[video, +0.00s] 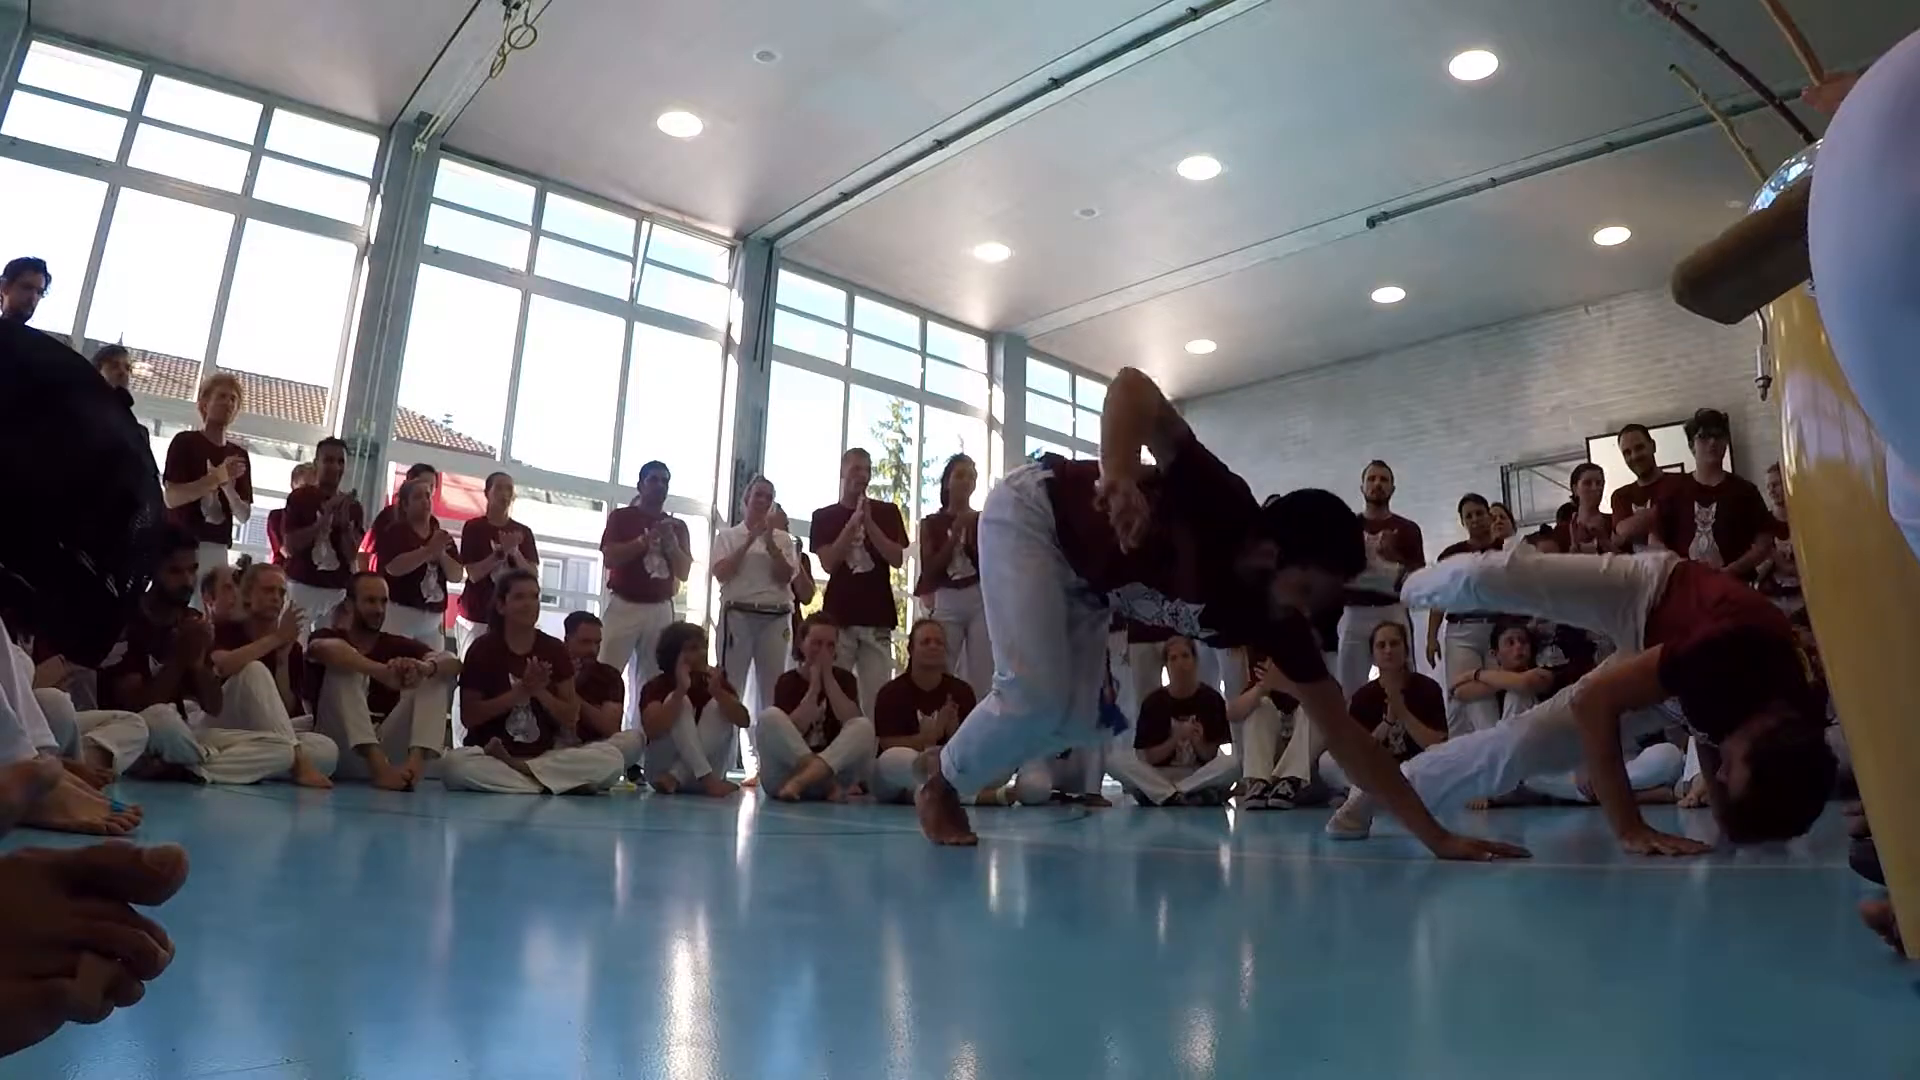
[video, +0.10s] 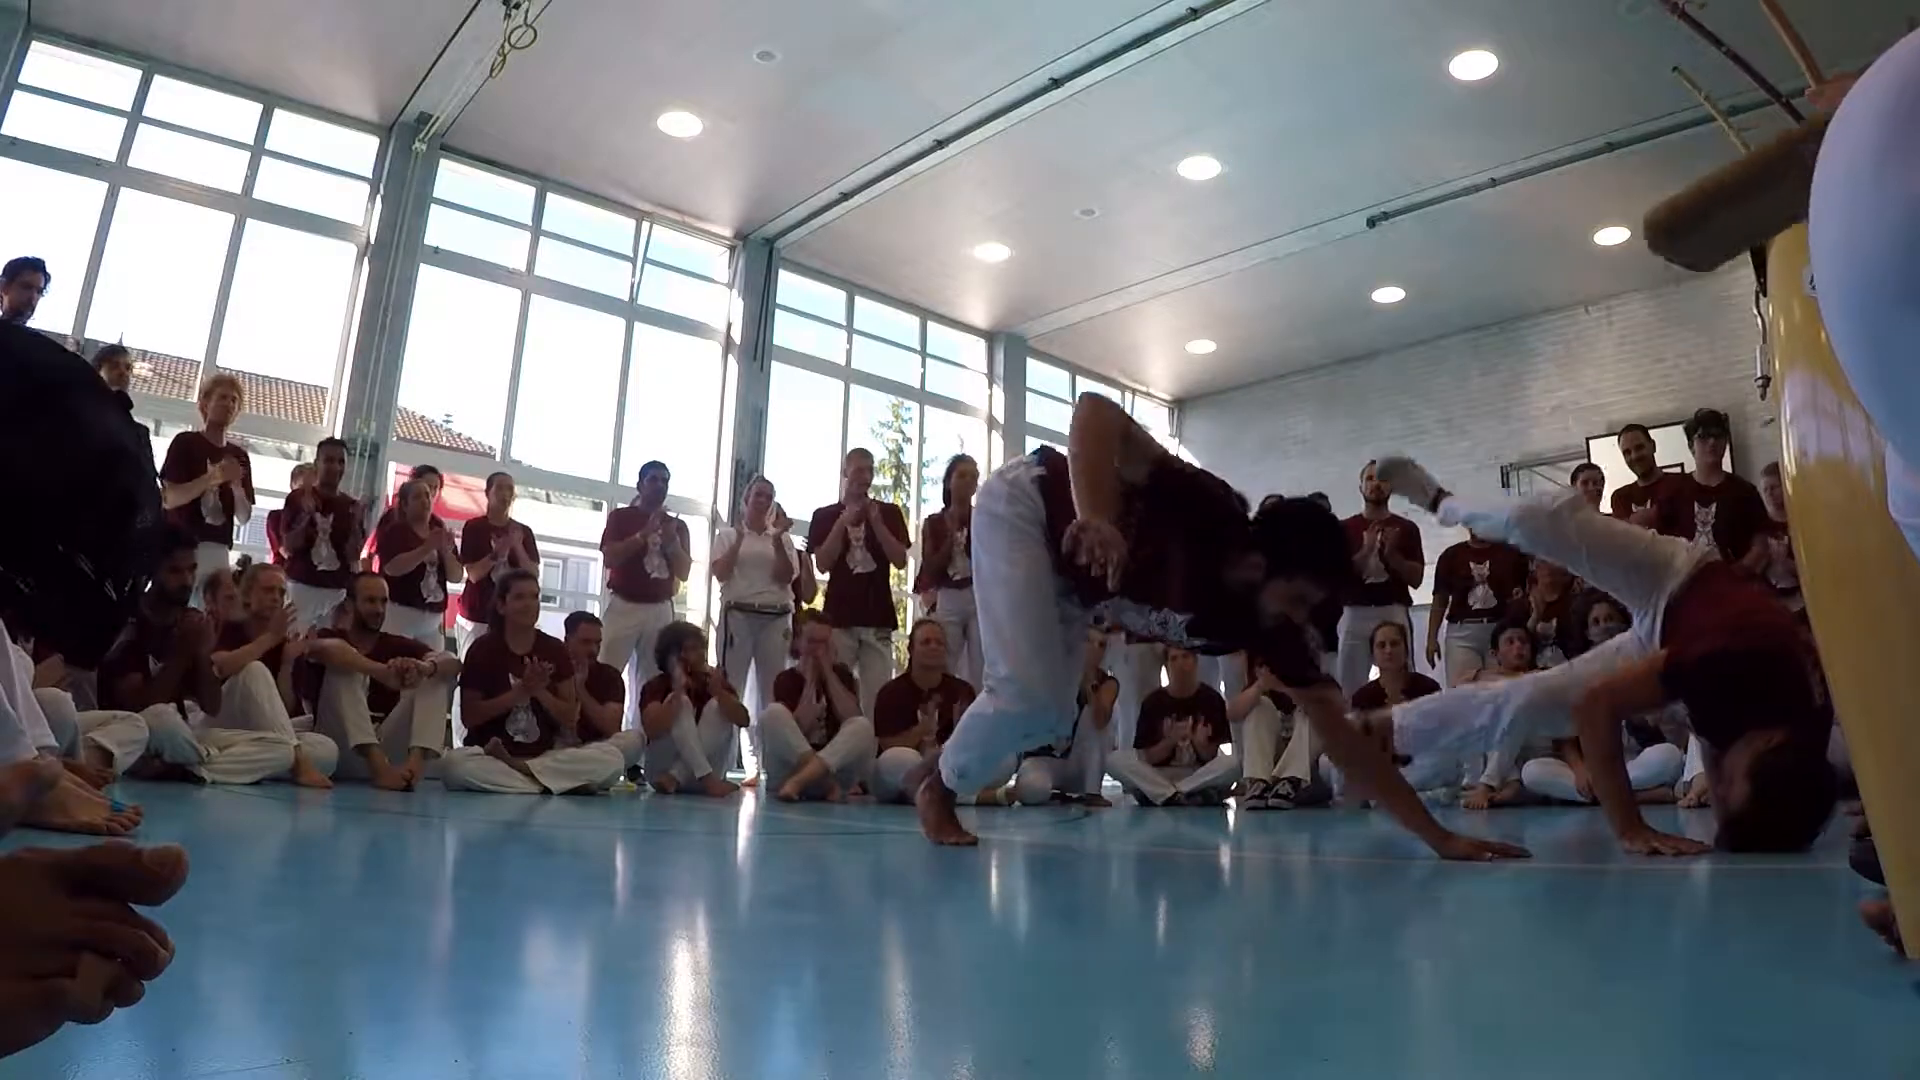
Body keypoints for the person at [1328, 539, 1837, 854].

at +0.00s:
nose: (1715, 783)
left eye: (1725, 791)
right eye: (1725, 778)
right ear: (1750, 742)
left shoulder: (1798, 738)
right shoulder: (1736, 656)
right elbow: (1596, 700)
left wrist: (1702, 787)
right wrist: (1630, 829)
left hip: (1660, 674)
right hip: (1653, 595)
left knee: (1522, 745)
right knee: (1505, 572)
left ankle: (1383, 790)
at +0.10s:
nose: (1711, 793)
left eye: (1720, 802)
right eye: (1722, 789)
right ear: (1754, 751)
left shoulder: (1811, 728)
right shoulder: (1727, 669)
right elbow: (1591, 704)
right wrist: (1630, 830)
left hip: (1654, 653)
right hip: (1686, 580)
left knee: (1520, 705)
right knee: (1539, 521)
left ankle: (1370, 733)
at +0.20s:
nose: (1712, 794)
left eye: (1721, 803)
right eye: (1724, 789)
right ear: (1761, 757)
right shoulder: (1737, 679)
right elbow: (1599, 699)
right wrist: (1631, 828)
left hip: (1665, 649)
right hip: (1696, 576)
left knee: (1528, 659)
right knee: (1565, 502)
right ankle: (1453, 449)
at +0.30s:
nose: (1718, 797)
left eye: (1722, 808)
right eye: (1731, 798)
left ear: (1772, 764)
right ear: (1760, 768)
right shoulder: (1735, 676)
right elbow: (1596, 706)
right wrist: (1632, 830)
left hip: (1676, 634)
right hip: (1716, 571)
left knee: (1534, 602)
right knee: (1567, 481)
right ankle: (1450, 405)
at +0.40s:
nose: (1721, 804)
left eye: (1727, 817)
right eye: (1732, 805)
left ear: (1772, 766)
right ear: (1762, 769)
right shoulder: (1748, 685)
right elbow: (1604, 703)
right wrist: (1631, 828)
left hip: (1677, 617)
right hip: (1719, 558)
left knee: (1534, 543)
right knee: (1582, 465)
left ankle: (1411, 443)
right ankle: (1449, 364)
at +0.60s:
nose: (1718, 798)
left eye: (1726, 806)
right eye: (1730, 799)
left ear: (1775, 770)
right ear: (1758, 765)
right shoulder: (1753, 685)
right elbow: (1608, 700)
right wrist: (1634, 827)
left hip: (1674, 604)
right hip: (1709, 550)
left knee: (1574, 500)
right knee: (1591, 434)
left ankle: (1445, 363)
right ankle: (1456, 322)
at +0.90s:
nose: (1727, 799)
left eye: (1728, 812)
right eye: (1738, 800)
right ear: (1764, 776)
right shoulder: (1773, 701)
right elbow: (1665, 687)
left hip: (1672, 602)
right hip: (1716, 557)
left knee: (1580, 477)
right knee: (1600, 416)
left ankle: (1457, 328)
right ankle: (1469, 289)